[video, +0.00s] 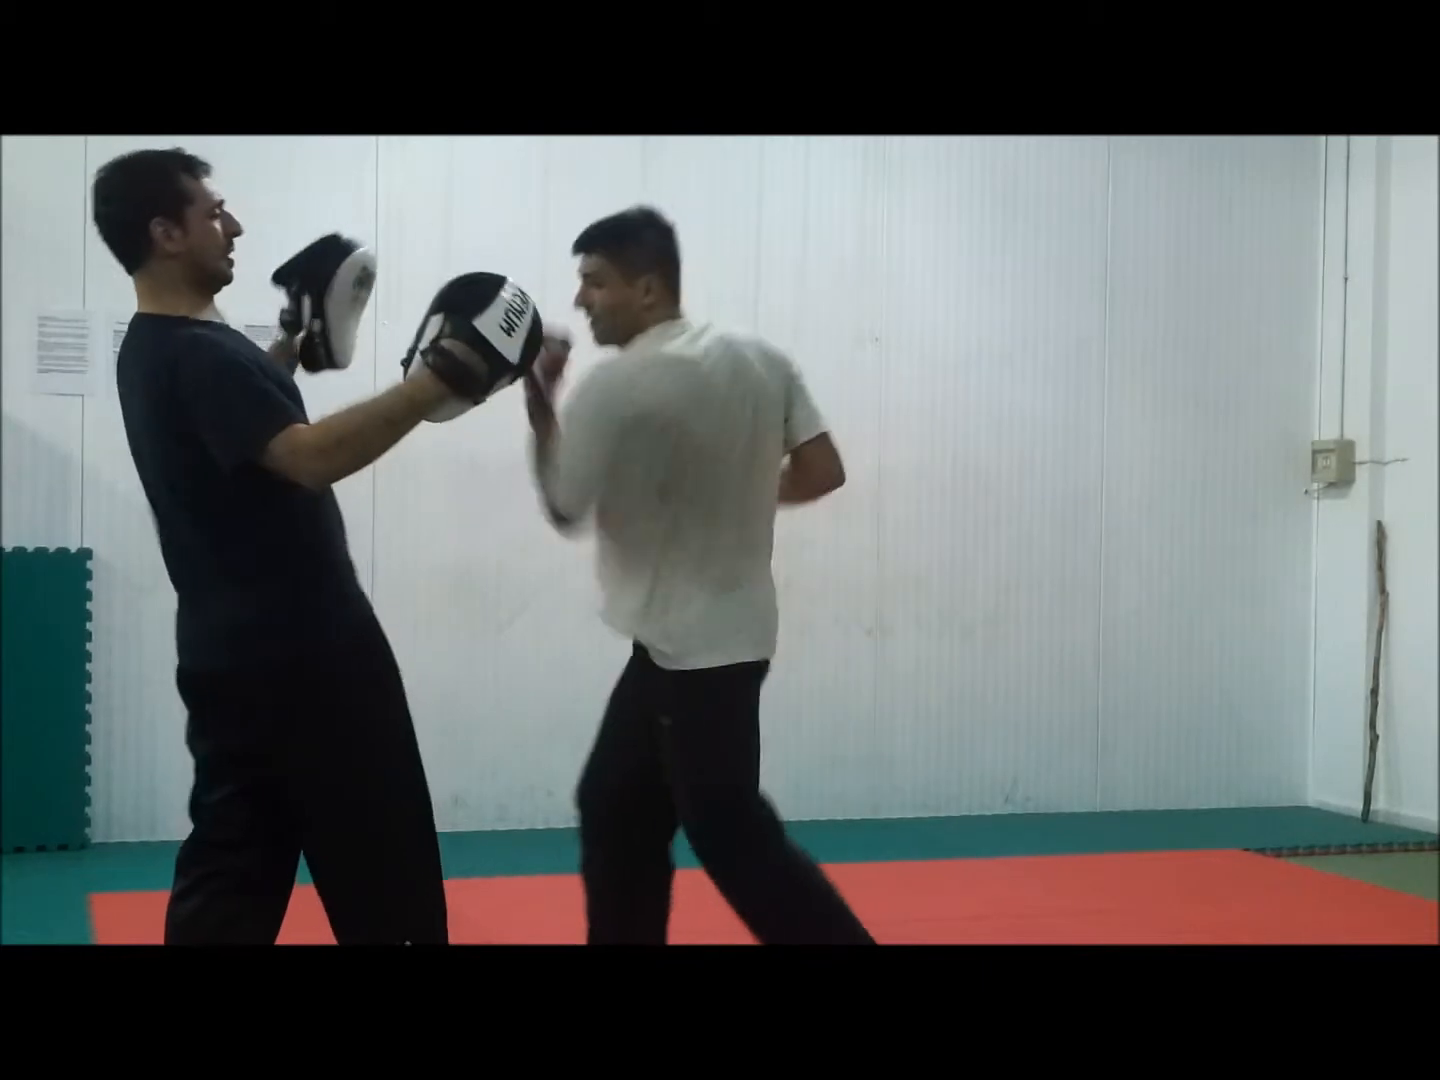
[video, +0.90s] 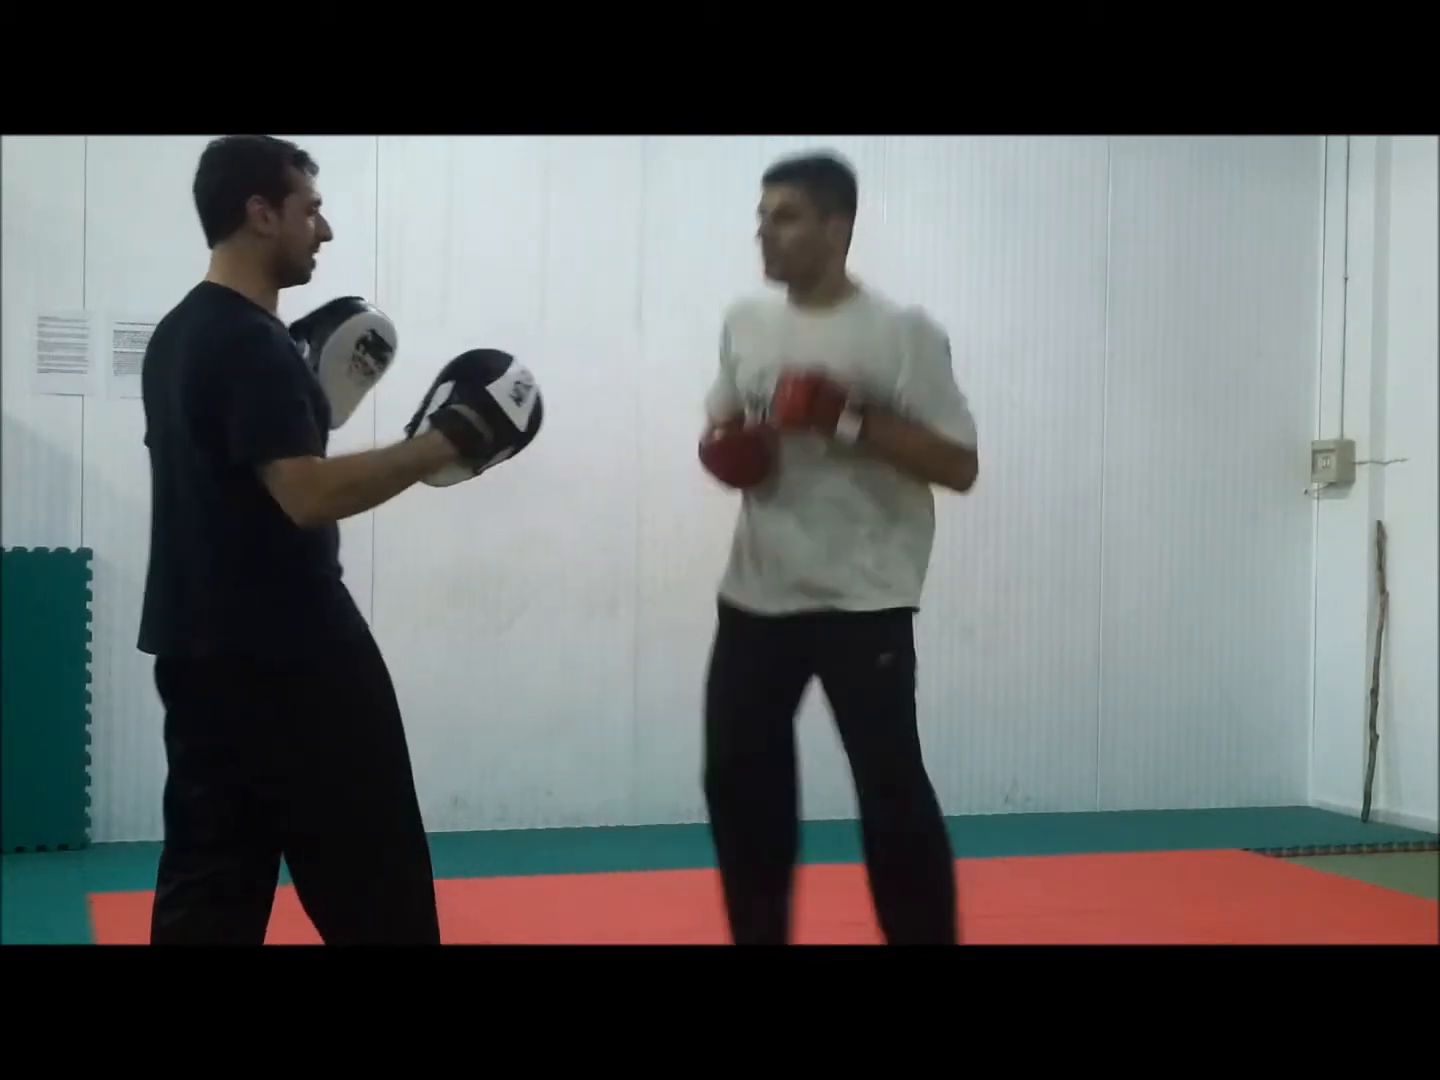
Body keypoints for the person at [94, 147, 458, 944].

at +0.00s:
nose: (233, 221)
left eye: (221, 205)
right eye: (212, 209)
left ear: (161, 240)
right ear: (165, 233)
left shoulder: (148, 348)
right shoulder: (200, 350)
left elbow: (220, 439)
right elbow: (308, 458)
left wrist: (285, 355)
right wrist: (425, 390)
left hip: (229, 650)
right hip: (310, 649)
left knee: (230, 875)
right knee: (389, 878)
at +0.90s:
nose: (325, 226)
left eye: (320, 206)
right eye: (312, 206)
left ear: (247, 216)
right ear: (260, 212)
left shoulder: (179, 332)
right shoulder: (250, 338)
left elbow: (218, 482)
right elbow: (308, 495)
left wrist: (312, 403)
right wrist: (443, 444)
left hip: (201, 651)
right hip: (294, 654)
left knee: (209, 887)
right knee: (379, 889)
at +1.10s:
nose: (306, 272)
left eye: (311, 252)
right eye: (306, 249)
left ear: (216, 233)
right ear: (266, 235)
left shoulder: (110, 337)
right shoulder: (251, 345)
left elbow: (61, 487)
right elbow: (286, 502)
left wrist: (68, 607)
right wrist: (410, 499)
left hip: (122, 654)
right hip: (239, 657)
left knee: (106, 882)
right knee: (267, 888)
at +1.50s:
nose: (301, 274)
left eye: (304, 252)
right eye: (298, 249)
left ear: (223, 235)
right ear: (257, 235)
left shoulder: (107, 337)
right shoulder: (238, 343)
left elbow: (58, 486)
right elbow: (295, 491)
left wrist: (66, 609)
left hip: (119, 649)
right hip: (233, 653)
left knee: (107, 872)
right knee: (266, 881)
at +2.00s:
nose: (279, 263)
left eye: (281, 243)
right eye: (275, 240)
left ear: (200, 228)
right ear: (227, 226)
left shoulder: (106, 335)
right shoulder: (192, 336)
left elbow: (84, 495)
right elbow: (235, 494)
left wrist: (143, 582)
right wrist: (374, 462)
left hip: (118, 643)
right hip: (212, 647)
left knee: (111, 867)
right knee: (256, 868)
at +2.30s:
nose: (307, 269)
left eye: (310, 249)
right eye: (304, 246)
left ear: (218, 232)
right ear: (260, 233)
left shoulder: (111, 337)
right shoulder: (236, 355)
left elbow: (72, 488)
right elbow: (271, 510)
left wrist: (92, 598)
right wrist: (407, 496)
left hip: (121, 654)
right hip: (232, 660)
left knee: (108, 879)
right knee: (266, 886)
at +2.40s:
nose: (310, 270)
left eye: (313, 250)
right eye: (307, 247)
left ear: (243, 234)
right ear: (263, 234)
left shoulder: (110, 338)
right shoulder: (241, 356)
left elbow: (69, 487)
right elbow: (278, 510)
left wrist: (74, 602)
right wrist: (416, 494)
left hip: (121, 654)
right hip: (235, 661)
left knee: (107, 881)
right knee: (268, 889)